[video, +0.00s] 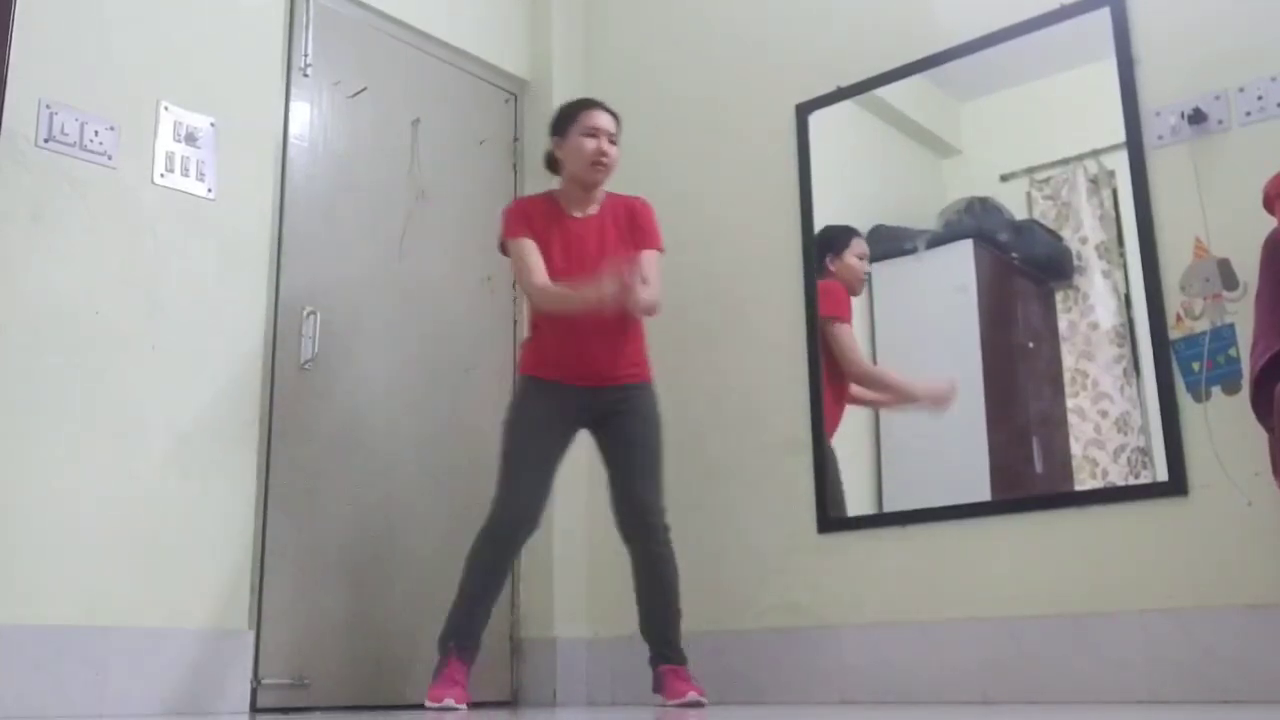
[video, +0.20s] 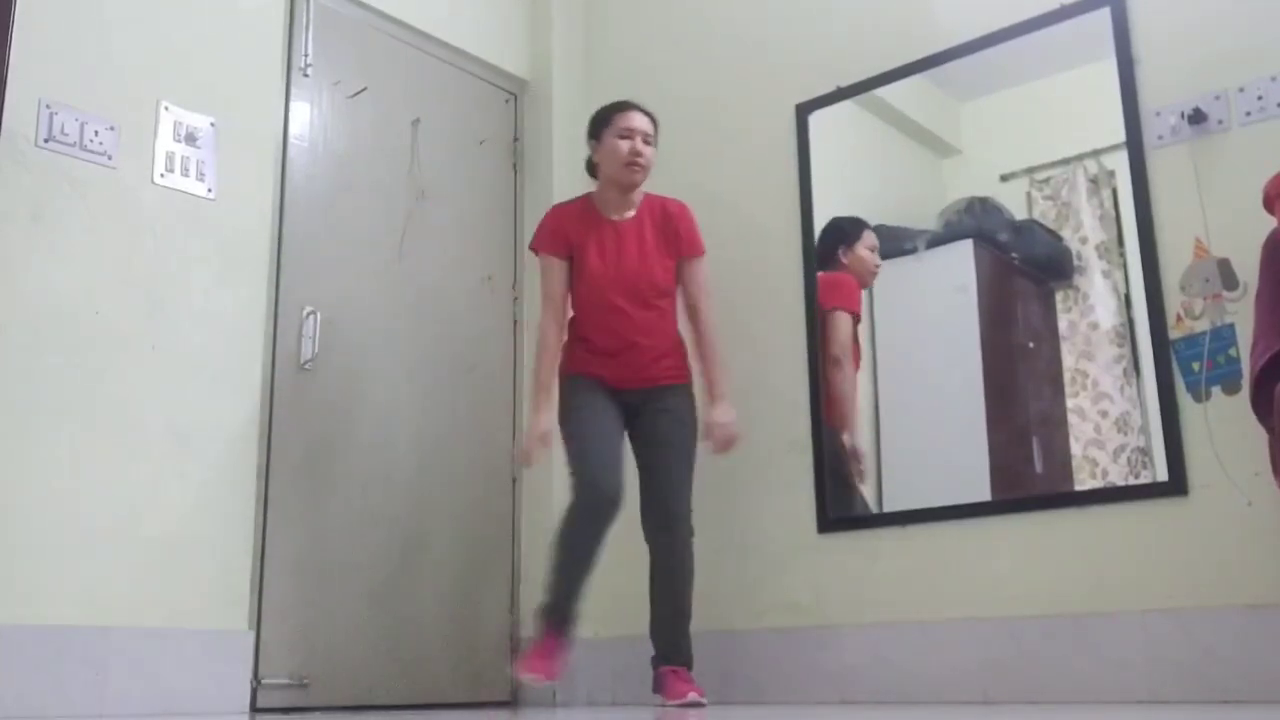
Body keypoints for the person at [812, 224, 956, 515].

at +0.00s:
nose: (867, 269)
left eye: (867, 261)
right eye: (860, 258)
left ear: (834, 264)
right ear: (832, 262)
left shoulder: (821, 296)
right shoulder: (829, 289)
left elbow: (845, 391)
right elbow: (854, 368)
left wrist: (910, 399)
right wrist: (922, 392)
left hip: (815, 440)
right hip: (810, 440)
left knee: (831, 529)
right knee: (832, 530)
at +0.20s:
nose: (879, 261)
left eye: (878, 253)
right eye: (871, 251)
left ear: (843, 256)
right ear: (844, 254)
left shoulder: (817, 284)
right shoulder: (839, 283)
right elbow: (836, 359)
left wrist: (844, 433)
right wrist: (846, 432)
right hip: (824, 432)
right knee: (855, 515)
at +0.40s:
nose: (882, 253)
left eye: (881, 243)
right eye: (876, 242)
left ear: (853, 245)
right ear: (851, 245)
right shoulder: (852, 268)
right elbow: (818, 286)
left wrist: (847, 431)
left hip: (835, 416)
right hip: (828, 412)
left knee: (858, 511)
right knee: (848, 511)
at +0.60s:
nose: (877, 255)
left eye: (876, 246)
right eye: (872, 245)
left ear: (846, 248)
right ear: (850, 247)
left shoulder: (820, 276)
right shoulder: (849, 274)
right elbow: (831, 320)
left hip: (820, 415)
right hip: (837, 415)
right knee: (849, 514)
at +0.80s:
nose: (865, 255)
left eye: (863, 246)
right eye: (861, 246)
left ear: (821, 246)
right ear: (844, 248)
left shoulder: (805, 276)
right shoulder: (844, 278)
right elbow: (879, 360)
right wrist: (899, 389)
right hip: (833, 413)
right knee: (853, 509)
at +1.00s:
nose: (847, 259)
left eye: (848, 251)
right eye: (848, 250)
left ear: (811, 244)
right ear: (839, 247)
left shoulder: (790, 272)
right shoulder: (840, 274)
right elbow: (888, 342)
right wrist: (844, 363)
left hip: (789, 410)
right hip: (829, 413)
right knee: (836, 520)